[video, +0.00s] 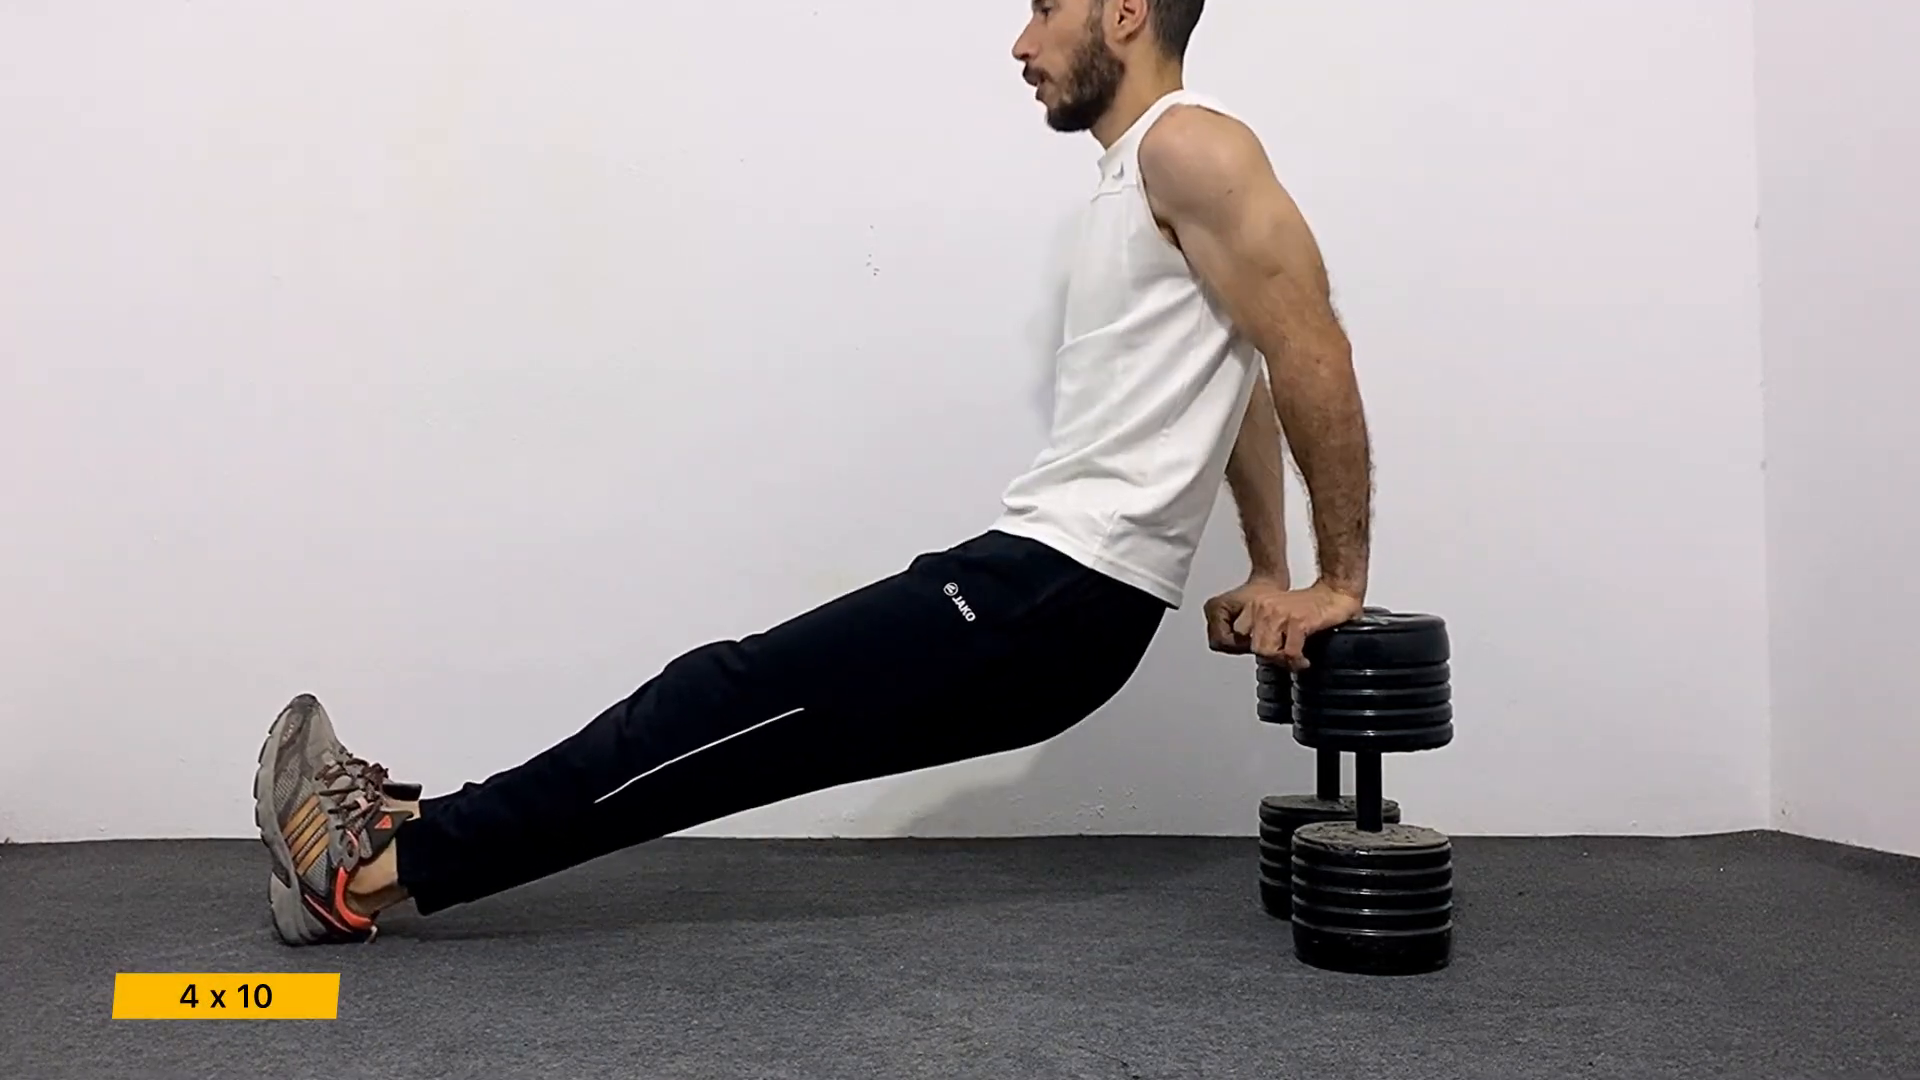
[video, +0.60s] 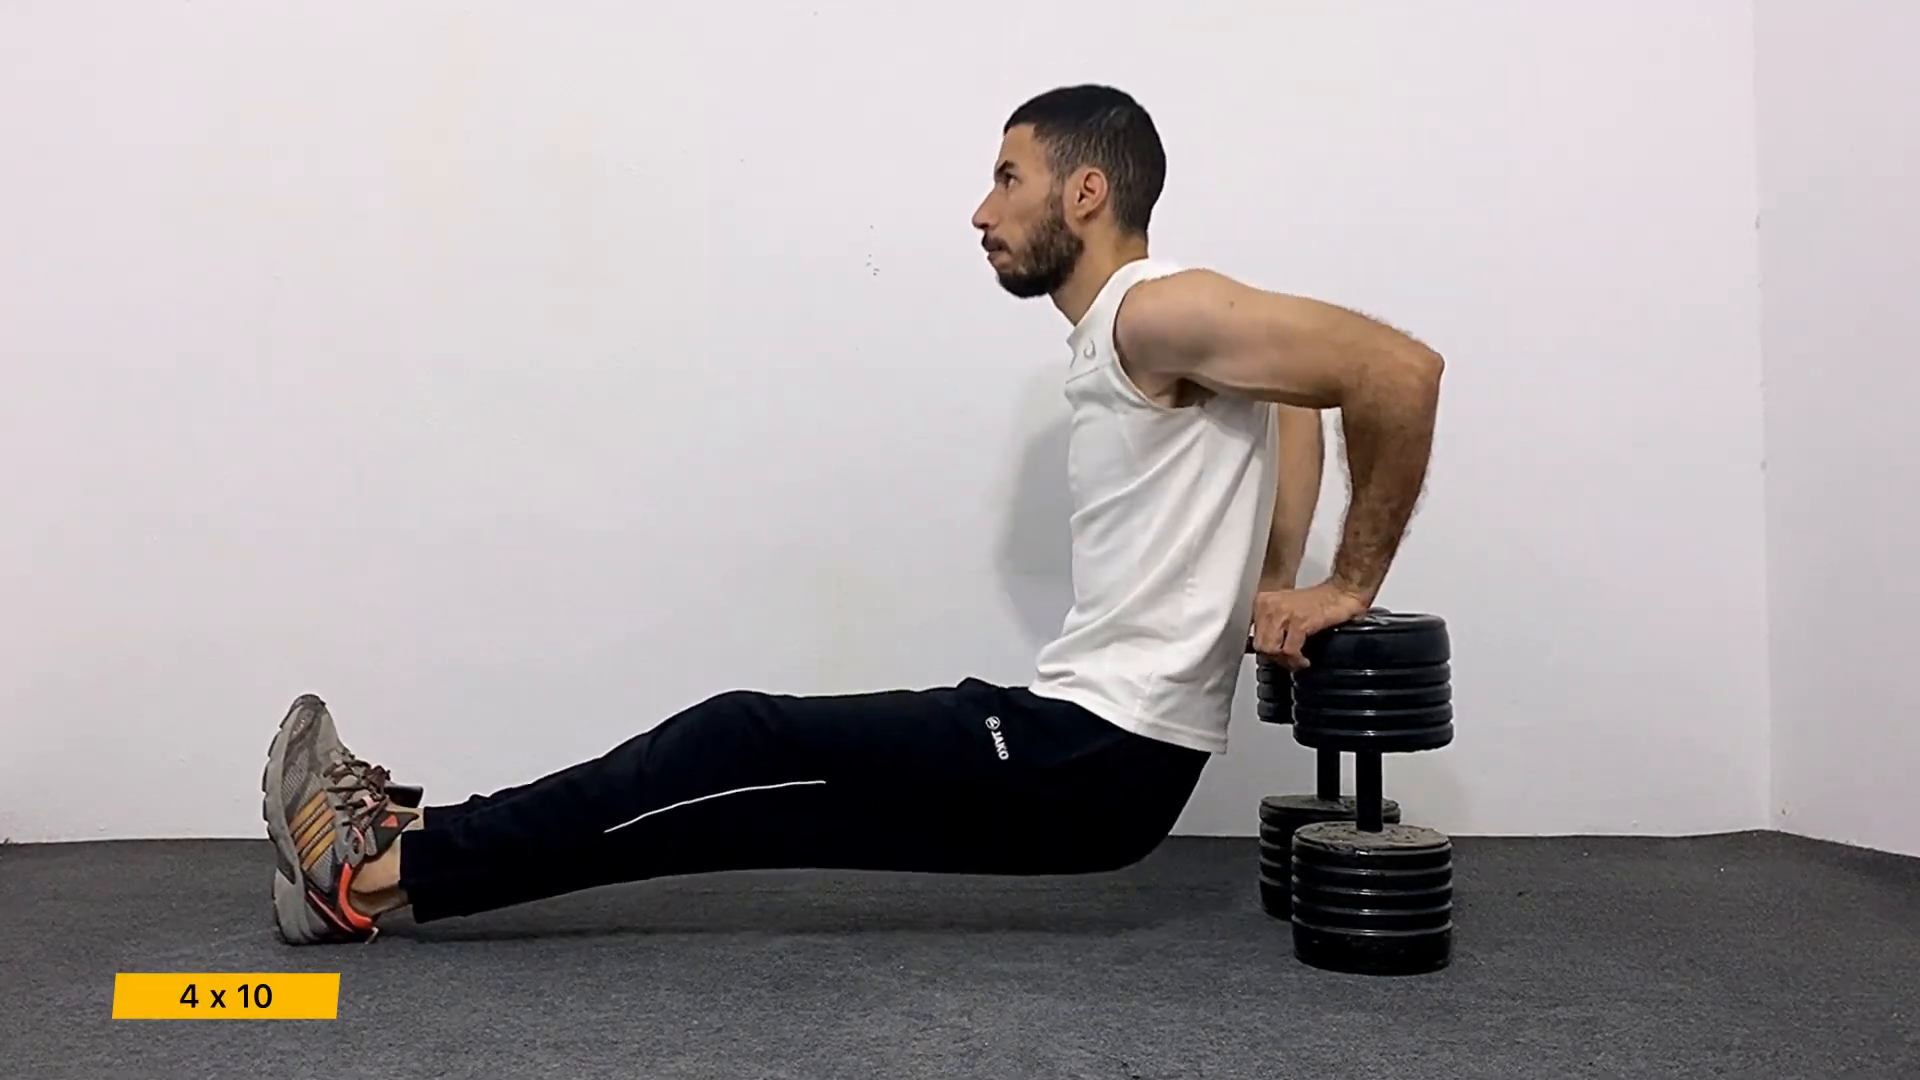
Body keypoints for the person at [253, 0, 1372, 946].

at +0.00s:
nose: (1021, 43)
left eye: (1042, 13)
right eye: (1027, 16)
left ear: (1128, 17)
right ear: (1112, 24)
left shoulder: (1189, 144)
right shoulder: (1146, 168)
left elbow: (1313, 350)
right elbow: (1244, 383)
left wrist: (1346, 579)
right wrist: (1263, 572)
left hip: (1063, 590)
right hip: (1041, 576)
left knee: (721, 714)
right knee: (715, 700)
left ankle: (379, 877)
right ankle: (412, 843)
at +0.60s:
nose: (982, 212)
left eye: (1004, 182)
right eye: (989, 185)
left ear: (1092, 193)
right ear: (1092, 196)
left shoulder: (1155, 314)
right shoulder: (1127, 315)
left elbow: (1401, 373)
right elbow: (1302, 380)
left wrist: (1352, 590)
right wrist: (1278, 570)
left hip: (1105, 747)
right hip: (1077, 725)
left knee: (737, 746)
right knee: (734, 755)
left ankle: (381, 878)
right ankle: (412, 846)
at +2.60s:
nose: (919, 245)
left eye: (943, 213)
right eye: (927, 216)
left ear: (1029, 224)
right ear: (1030, 226)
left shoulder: (1090, 342)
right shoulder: (1073, 347)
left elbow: (1345, 377)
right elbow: (1241, 391)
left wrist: (1299, 587)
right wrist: (1225, 575)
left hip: (1046, 778)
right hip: (1028, 763)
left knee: (686, 738)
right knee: (681, 788)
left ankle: (337, 872)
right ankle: (364, 852)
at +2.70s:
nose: (777, 261)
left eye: (798, 229)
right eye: (784, 232)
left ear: (882, 238)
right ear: (888, 240)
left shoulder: (947, 354)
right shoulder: (936, 359)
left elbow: (1204, 378)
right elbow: (1103, 395)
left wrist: (1161, 591)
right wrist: (1089, 573)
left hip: (906, 792)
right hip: (900, 786)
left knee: (547, 742)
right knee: (536, 800)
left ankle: (194, 876)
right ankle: (228, 850)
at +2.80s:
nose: (498, 268)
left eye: (522, 234)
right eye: (508, 236)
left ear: (606, 249)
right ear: (606, 251)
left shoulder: (672, 367)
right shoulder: (648, 372)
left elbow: (930, 378)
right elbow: (830, 390)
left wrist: (891, 587)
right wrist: (821, 575)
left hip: (640, 804)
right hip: (616, 781)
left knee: (269, 754)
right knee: (262, 772)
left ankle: (11, 855)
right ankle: (18, 860)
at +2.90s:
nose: (44, 266)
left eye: (69, 232)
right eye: (56, 233)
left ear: (147, 244)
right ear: (148, 247)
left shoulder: (223, 362)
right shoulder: (196, 367)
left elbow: (476, 374)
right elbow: (373, 395)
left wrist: (437, 586)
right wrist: (361, 574)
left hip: (196, 798)